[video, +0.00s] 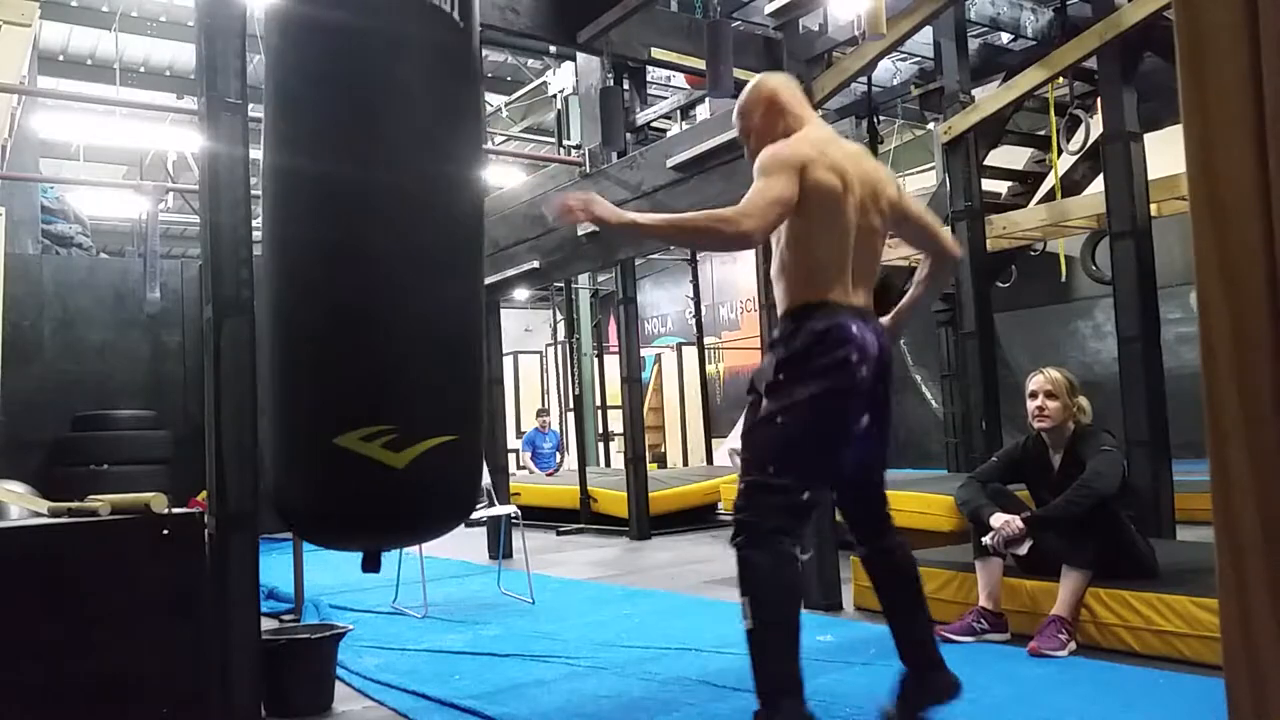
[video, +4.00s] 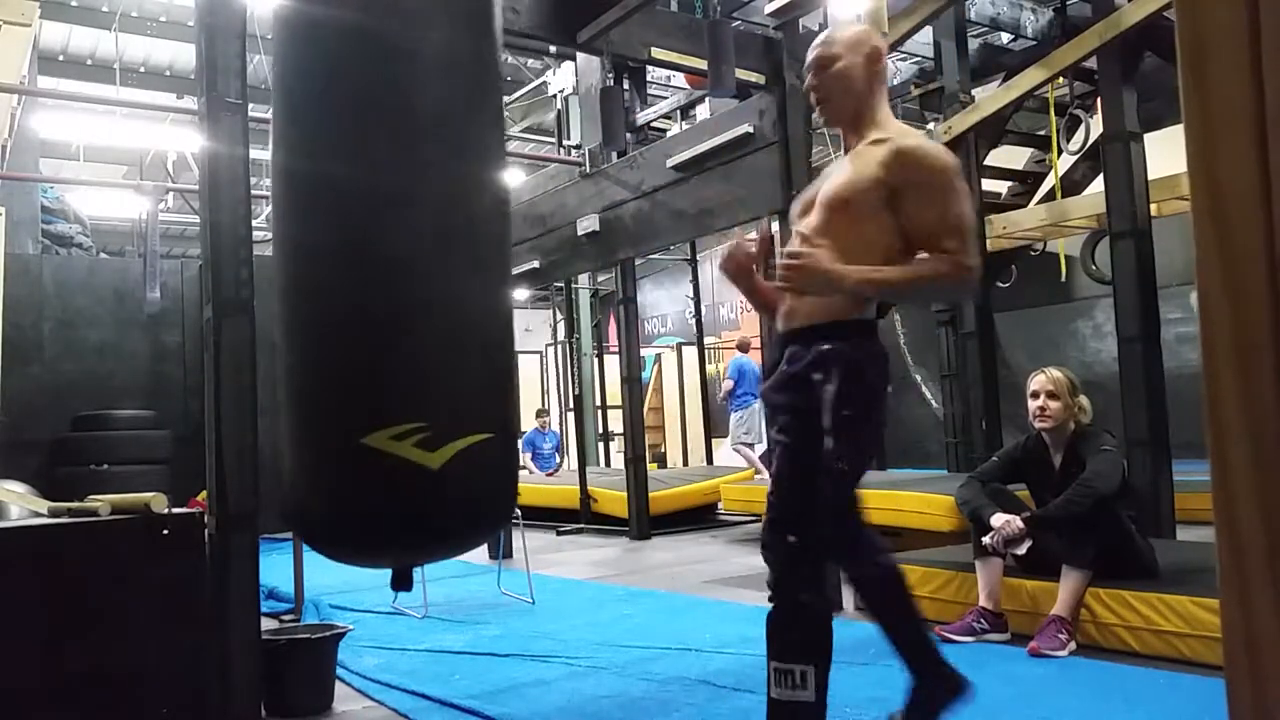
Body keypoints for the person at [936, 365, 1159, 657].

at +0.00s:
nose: (1040, 404)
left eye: (1051, 396)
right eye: (1033, 397)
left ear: (1071, 405)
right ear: (1026, 406)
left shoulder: (1097, 441)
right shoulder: (1026, 449)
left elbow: (1100, 485)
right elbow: (967, 488)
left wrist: (1027, 522)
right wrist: (993, 517)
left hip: (1118, 560)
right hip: (1058, 557)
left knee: (1092, 505)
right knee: (989, 495)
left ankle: (1061, 621)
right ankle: (989, 612)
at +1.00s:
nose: (1040, 404)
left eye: (1051, 397)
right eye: (1033, 397)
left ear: (1071, 406)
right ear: (1026, 406)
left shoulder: (1098, 442)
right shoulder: (1027, 449)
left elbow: (1100, 486)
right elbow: (967, 488)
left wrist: (1027, 521)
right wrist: (992, 516)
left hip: (1118, 560)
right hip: (1057, 556)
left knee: (1091, 505)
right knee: (990, 495)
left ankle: (1061, 621)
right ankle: (989, 612)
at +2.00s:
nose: (1041, 404)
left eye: (1052, 396)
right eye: (1034, 396)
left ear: (1072, 406)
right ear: (1026, 405)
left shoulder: (1098, 443)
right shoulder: (1026, 449)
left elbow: (1100, 485)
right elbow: (968, 488)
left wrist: (1026, 522)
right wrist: (992, 516)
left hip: (1118, 559)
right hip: (1059, 556)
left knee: (1088, 505)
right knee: (988, 495)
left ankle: (1061, 621)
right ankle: (989, 612)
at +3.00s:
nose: (1041, 404)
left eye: (1052, 397)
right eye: (1034, 397)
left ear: (1072, 406)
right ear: (1026, 406)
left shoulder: (1097, 442)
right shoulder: (1027, 449)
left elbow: (1100, 485)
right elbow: (968, 488)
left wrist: (1027, 522)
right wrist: (992, 516)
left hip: (1117, 559)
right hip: (1059, 556)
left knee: (1087, 504)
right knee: (988, 495)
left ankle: (1061, 621)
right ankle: (989, 612)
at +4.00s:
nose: (1042, 404)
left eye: (1052, 397)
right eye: (1035, 396)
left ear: (1072, 406)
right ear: (1027, 405)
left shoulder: (1098, 442)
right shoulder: (1027, 448)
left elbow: (1099, 486)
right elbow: (967, 488)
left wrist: (1027, 523)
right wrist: (993, 517)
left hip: (1117, 559)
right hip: (1058, 556)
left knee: (1090, 505)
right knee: (988, 496)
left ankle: (1061, 621)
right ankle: (989, 612)